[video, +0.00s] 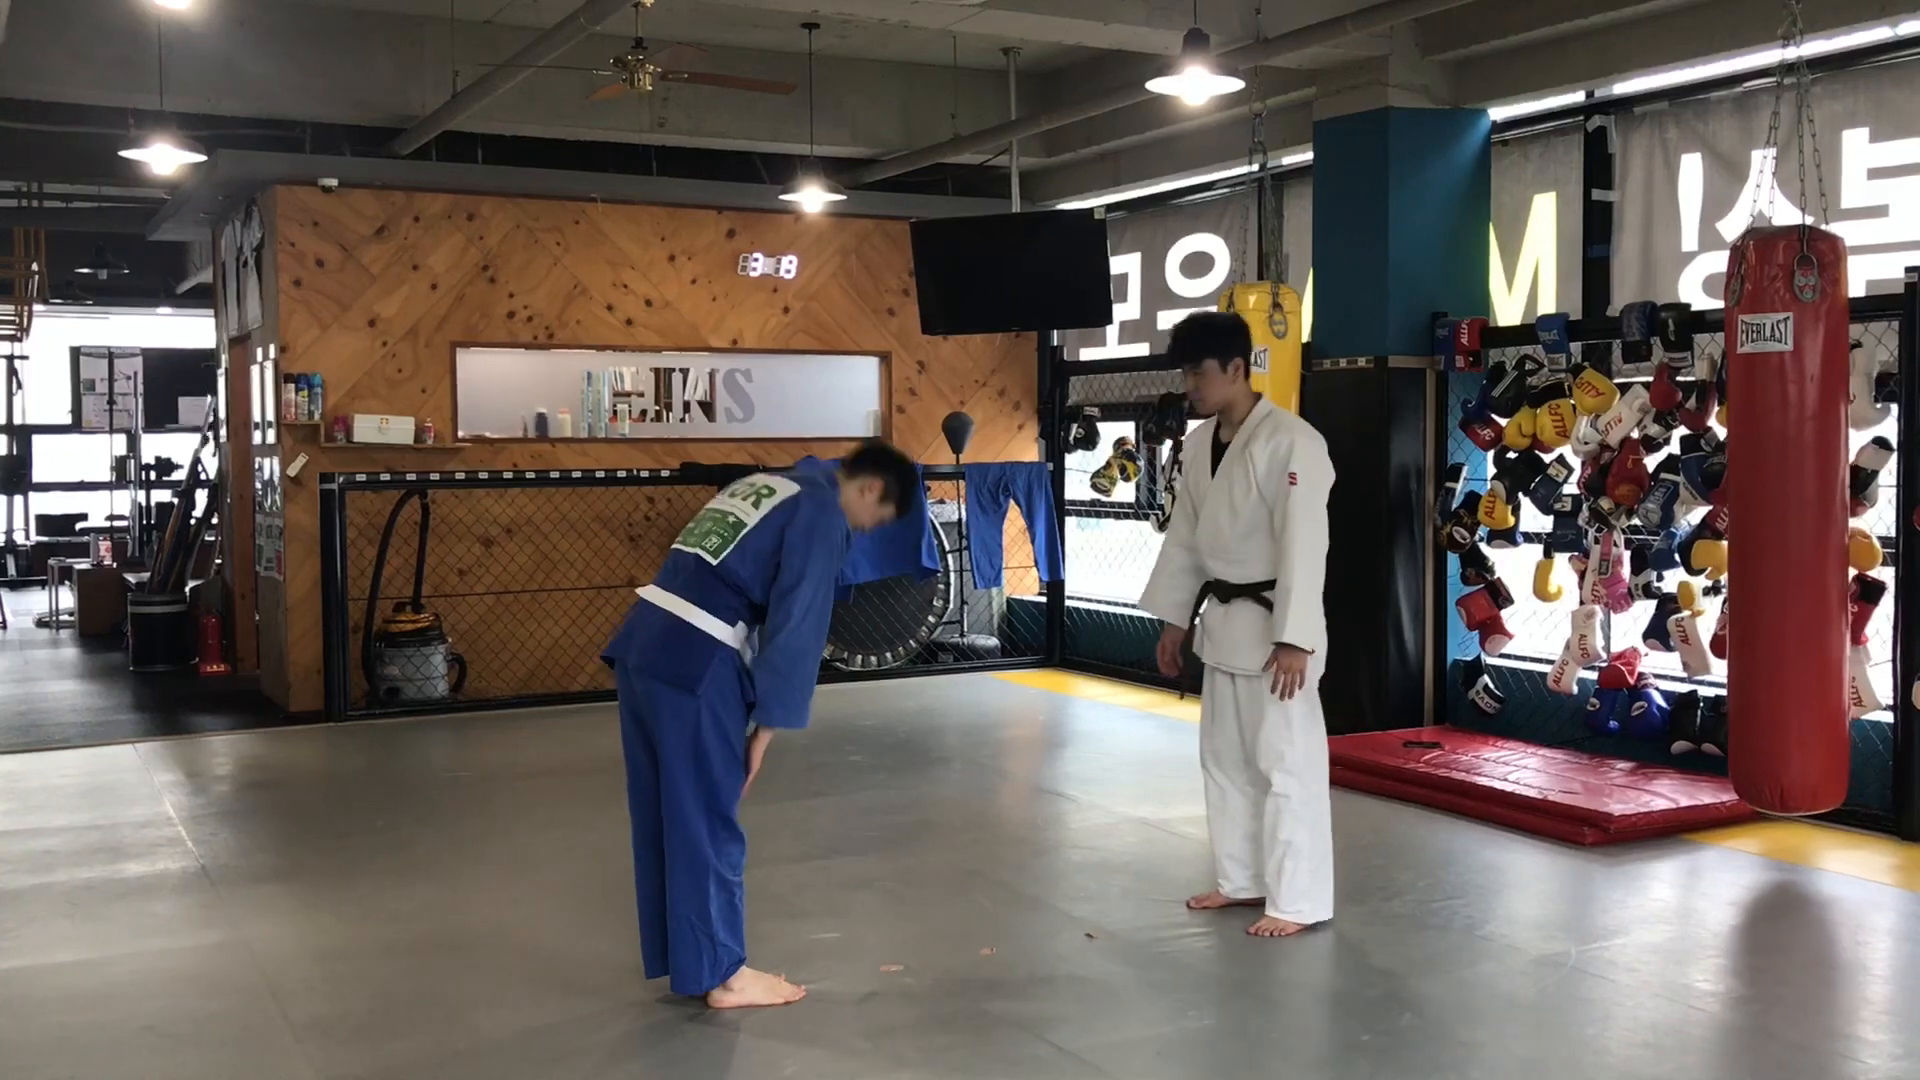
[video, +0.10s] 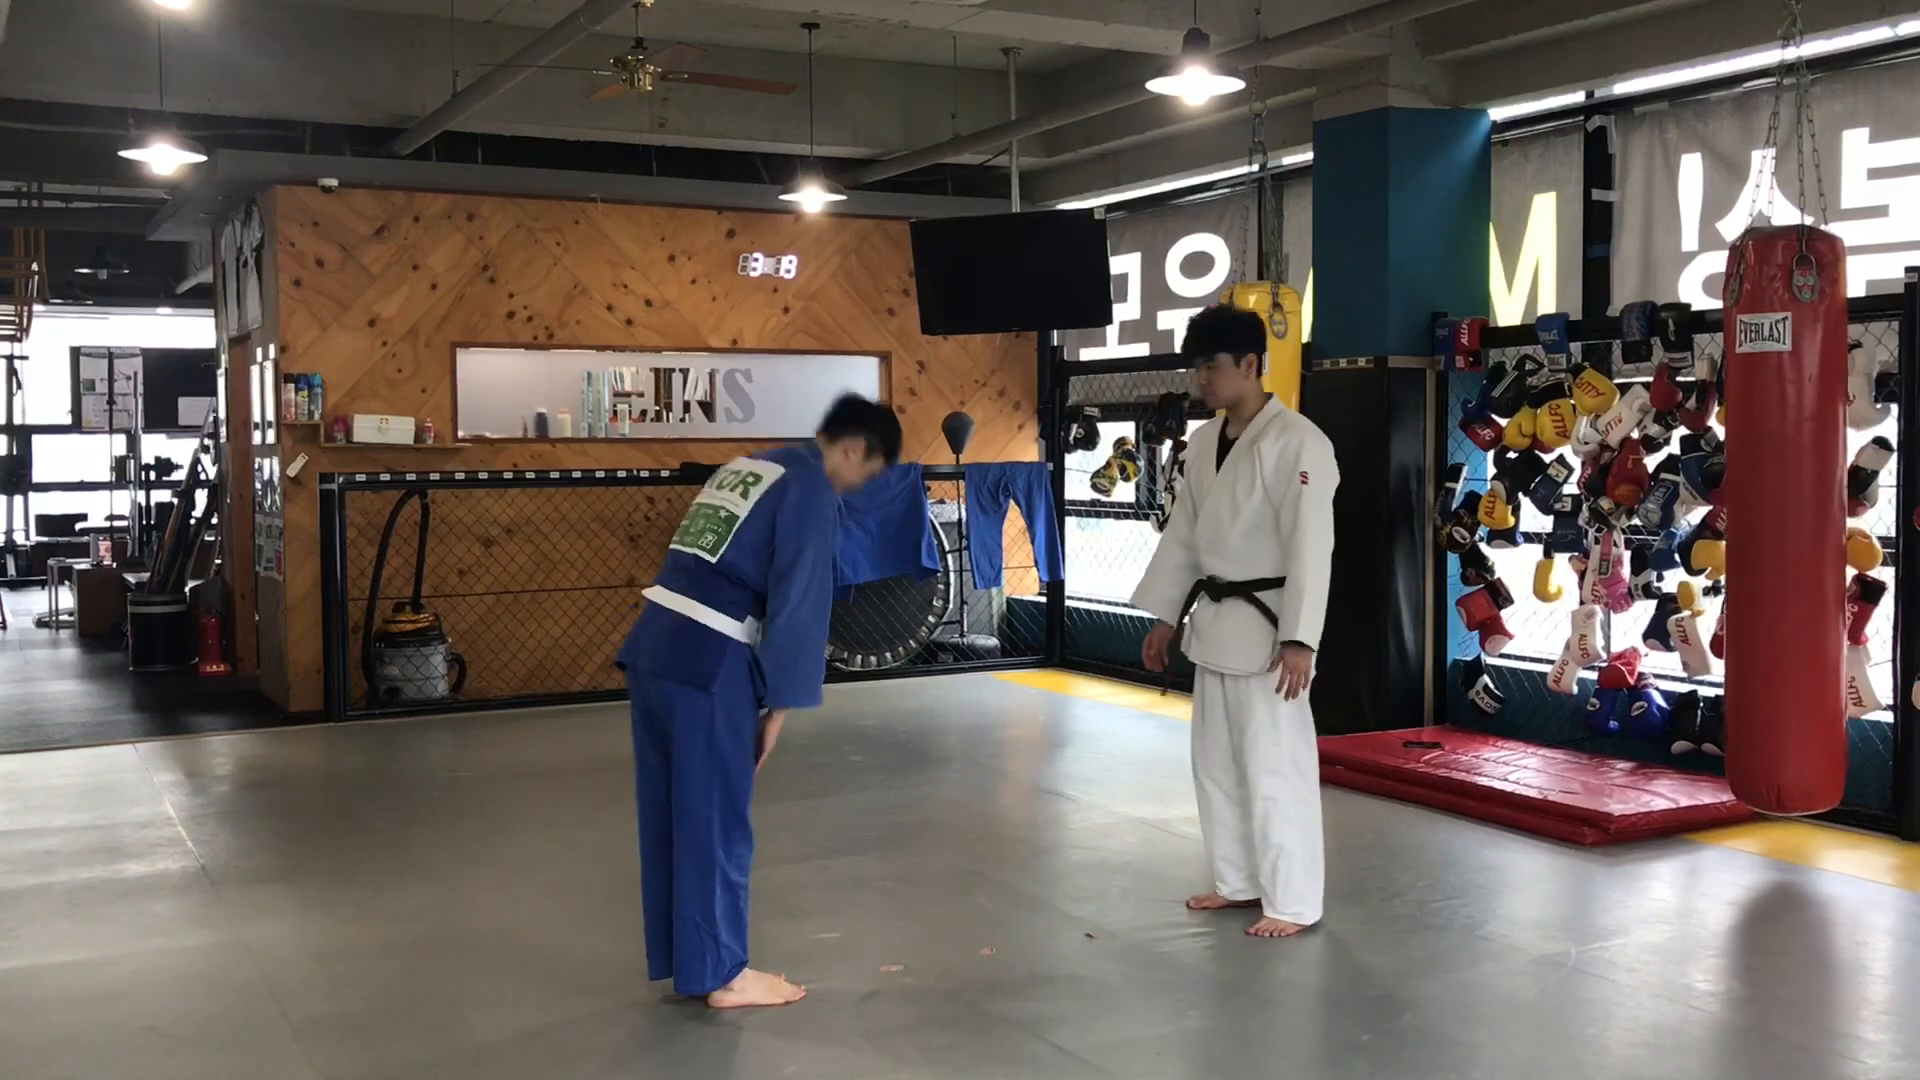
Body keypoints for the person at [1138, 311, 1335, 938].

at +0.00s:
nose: (1187, 388)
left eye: (1196, 375)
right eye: (1184, 376)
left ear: (1236, 369)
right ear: (1204, 375)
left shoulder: (1293, 441)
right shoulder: (1198, 442)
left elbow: (1305, 546)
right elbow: (1183, 537)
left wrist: (1295, 638)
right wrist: (1174, 619)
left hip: (1277, 624)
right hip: (1219, 622)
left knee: (1285, 767)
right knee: (1226, 761)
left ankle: (1302, 903)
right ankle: (1242, 882)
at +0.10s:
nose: (1197, 379)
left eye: (1207, 365)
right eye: (1195, 367)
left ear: (1248, 364)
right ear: (1226, 370)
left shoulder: (1300, 443)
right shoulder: (1202, 442)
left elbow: (1312, 546)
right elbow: (1182, 535)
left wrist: (1300, 639)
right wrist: (1166, 616)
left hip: (1269, 632)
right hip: (1211, 628)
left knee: (1276, 772)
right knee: (1219, 767)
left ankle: (1296, 905)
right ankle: (1239, 884)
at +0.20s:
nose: (1208, 374)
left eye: (1219, 361)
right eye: (1204, 362)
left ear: (1259, 363)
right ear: (1206, 369)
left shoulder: (1304, 446)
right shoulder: (1206, 442)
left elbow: (1316, 548)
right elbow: (1181, 533)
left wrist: (1304, 640)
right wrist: (1158, 615)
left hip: (1265, 634)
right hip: (1206, 629)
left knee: (1273, 772)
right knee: (1217, 769)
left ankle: (1294, 904)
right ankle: (1237, 885)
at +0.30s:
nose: (1213, 371)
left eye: (1226, 360)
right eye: (1209, 360)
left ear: (1265, 363)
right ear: (1206, 366)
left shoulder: (1305, 447)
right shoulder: (1208, 441)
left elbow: (1316, 550)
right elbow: (1181, 533)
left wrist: (1303, 644)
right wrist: (1155, 614)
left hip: (1262, 636)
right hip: (1202, 631)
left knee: (1271, 773)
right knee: (1213, 769)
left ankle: (1294, 904)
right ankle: (1235, 884)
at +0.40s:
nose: (1212, 371)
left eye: (1225, 360)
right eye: (1209, 360)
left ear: (1266, 364)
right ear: (1209, 365)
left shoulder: (1305, 449)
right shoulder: (1207, 441)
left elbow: (1312, 553)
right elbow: (1179, 533)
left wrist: (1298, 646)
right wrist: (1154, 613)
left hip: (1259, 635)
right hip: (1197, 630)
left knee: (1270, 774)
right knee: (1205, 768)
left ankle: (1293, 904)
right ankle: (1227, 881)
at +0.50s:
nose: (1209, 370)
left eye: (1222, 359)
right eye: (1207, 359)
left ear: (1262, 363)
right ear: (1210, 365)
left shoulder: (1301, 449)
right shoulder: (1204, 442)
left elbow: (1306, 555)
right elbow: (1177, 533)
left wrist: (1288, 647)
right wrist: (1148, 610)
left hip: (1256, 632)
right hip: (1194, 625)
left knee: (1269, 768)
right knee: (1176, 747)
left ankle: (1294, 904)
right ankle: (1221, 863)